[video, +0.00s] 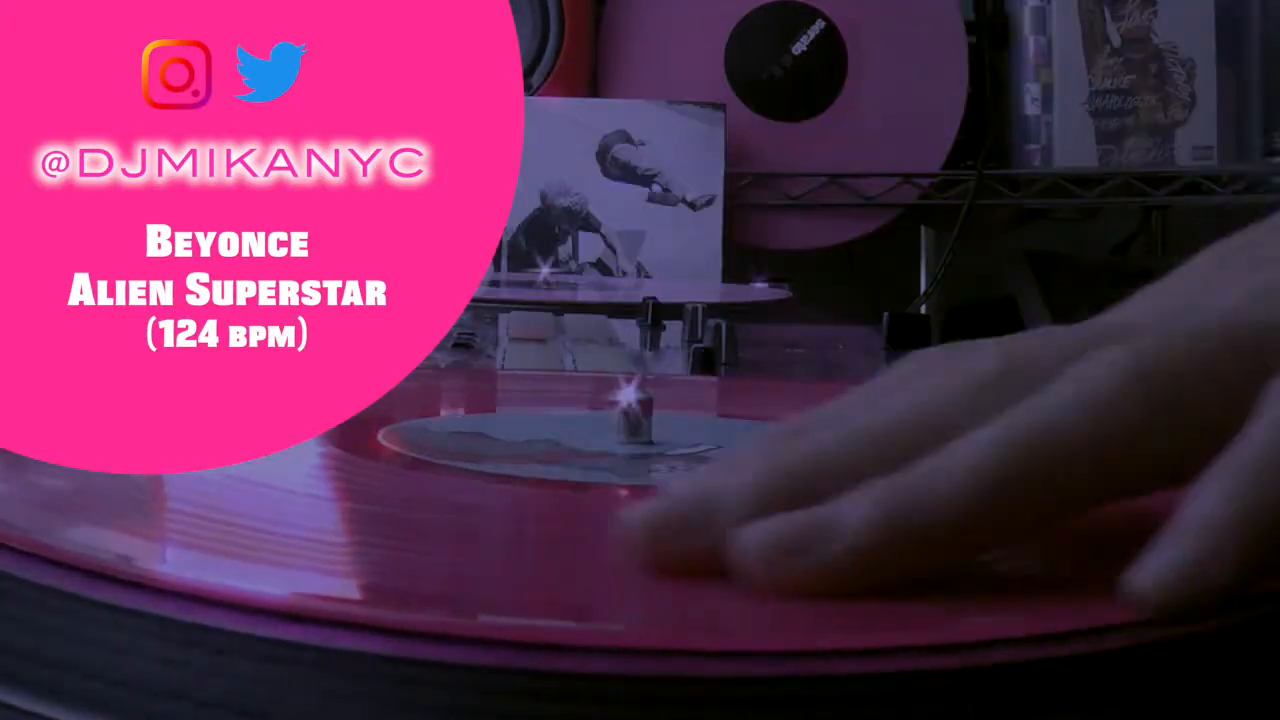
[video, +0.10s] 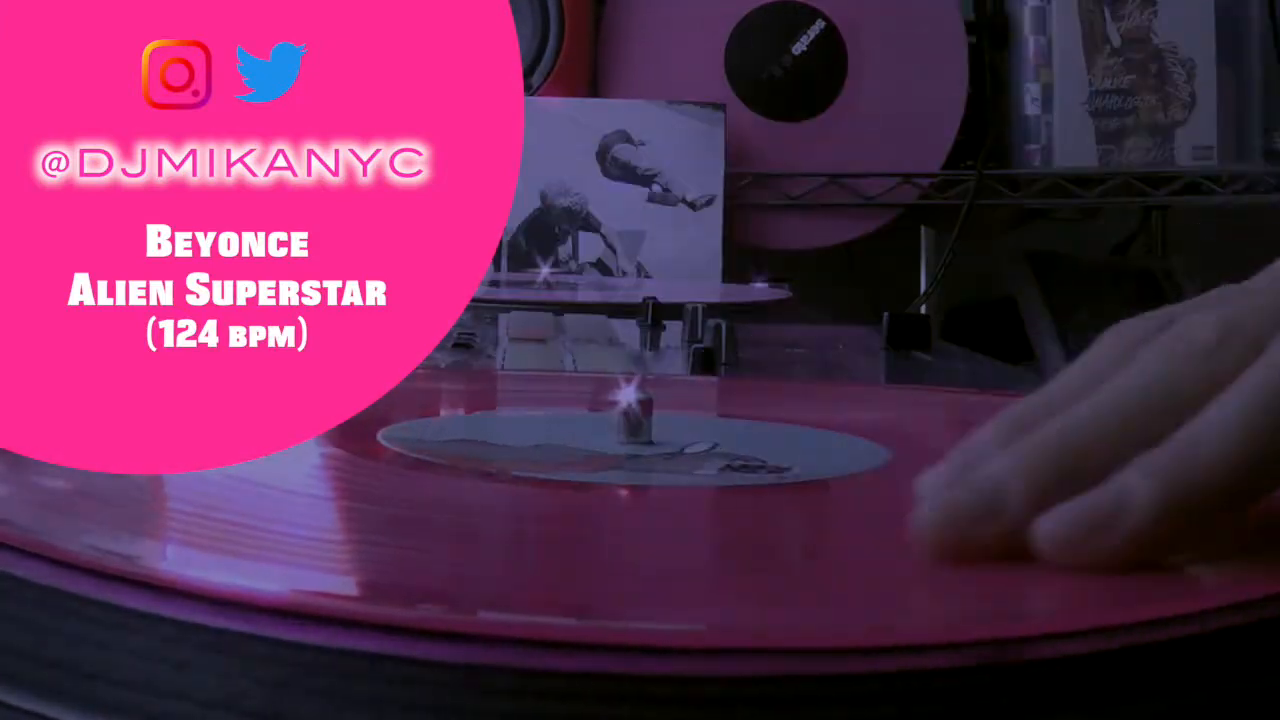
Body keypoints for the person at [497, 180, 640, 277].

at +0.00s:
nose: (572, 221)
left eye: (574, 215)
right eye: (566, 216)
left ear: (576, 209)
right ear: (552, 210)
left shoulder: (574, 212)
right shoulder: (538, 225)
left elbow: (604, 230)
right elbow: (546, 267)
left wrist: (621, 258)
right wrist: (571, 267)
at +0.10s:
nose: (570, 220)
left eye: (572, 213)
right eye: (564, 214)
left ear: (576, 208)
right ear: (551, 209)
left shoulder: (574, 212)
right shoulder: (537, 225)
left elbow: (604, 231)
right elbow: (545, 268)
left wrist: (621, 258)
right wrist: (570, 267)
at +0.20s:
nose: (569, 219)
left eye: (571, 213)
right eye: (563, 213)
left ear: (575, 208)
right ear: (550, 209)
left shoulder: (574, 212)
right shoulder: (538, 224)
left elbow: (604, 230)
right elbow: (546, 267)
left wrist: (621, 257)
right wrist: (570, 267)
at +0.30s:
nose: (571, 221)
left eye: (573, 214)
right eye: (565, 215)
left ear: (576, 209)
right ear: (551, 210)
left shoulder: (573, 212)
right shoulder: (538, 225)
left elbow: (604, 230)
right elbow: (546, 268)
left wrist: (621, 258)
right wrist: (571, 267)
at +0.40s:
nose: (569, 219)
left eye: (571, 213)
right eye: (562, 213)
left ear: (574, 208)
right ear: (550, 209)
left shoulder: (574, 213)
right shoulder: (537, 224)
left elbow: (603, 230)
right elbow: (546, 267)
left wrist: (621, 258)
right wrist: (570, 267)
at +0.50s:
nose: (574, 224)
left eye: (576, 217)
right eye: (568, 218)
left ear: (577, 210)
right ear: (552, 212)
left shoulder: (575, 212)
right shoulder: (530, 233)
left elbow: (605, 231)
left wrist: (621, 258)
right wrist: (572, 271)